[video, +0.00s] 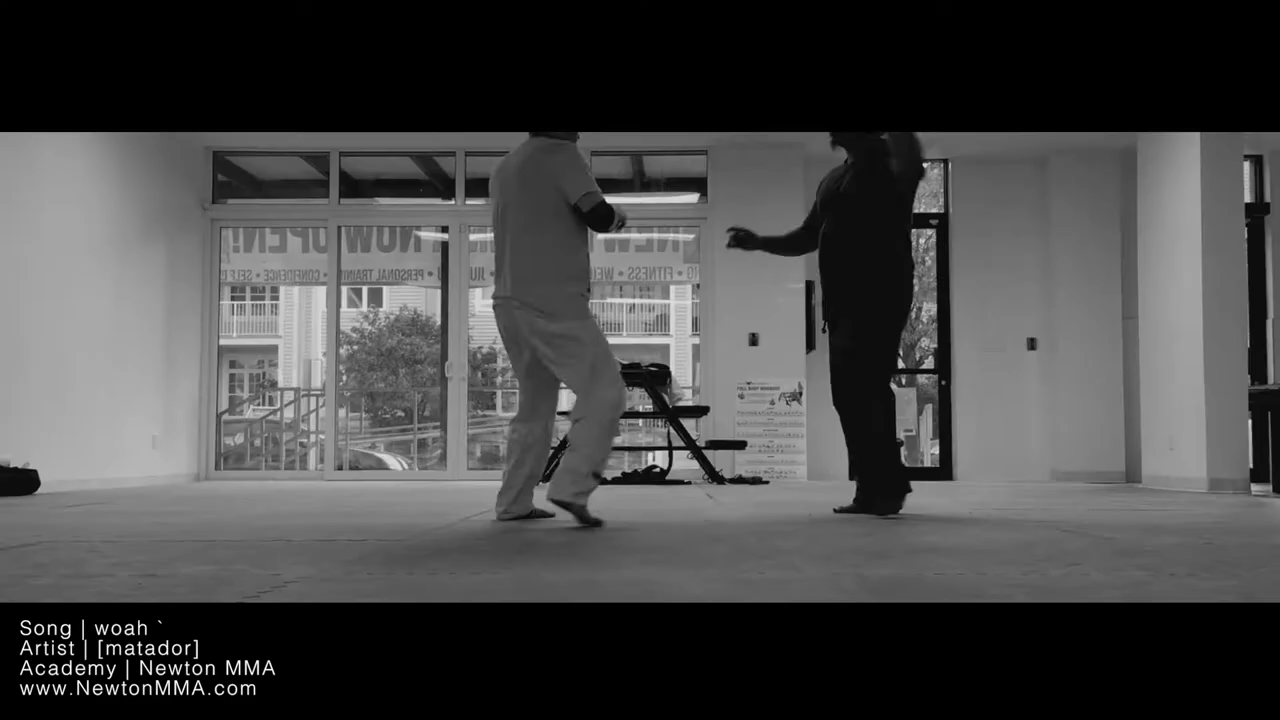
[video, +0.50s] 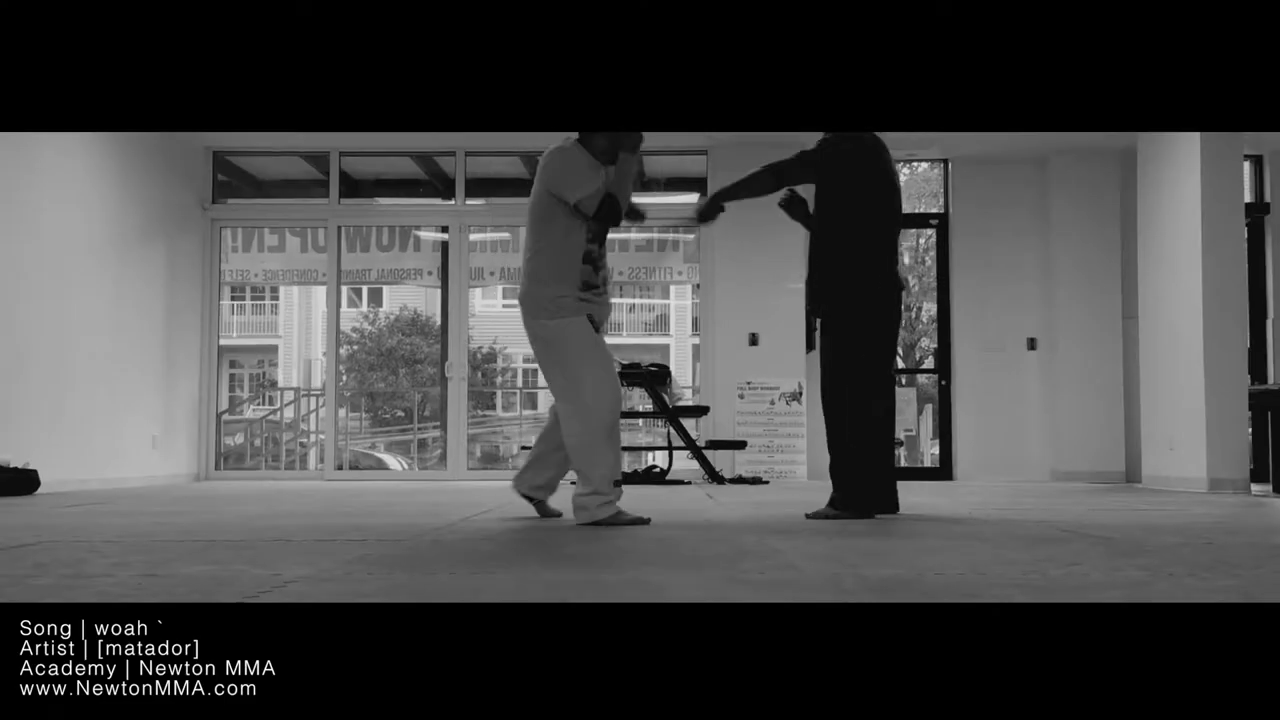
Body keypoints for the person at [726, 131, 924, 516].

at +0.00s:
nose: (834, 135)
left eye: (840, 133)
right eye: (838, 134)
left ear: (864, 132)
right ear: (845, 139)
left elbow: (910, 156)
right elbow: (807, 237)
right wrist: (759, 242)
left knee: (871, 390)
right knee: (848, 395)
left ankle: (889, 487)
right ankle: (870, 491)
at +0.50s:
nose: (818, 143)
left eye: (822, 139)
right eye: (821, 142)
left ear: (832, 133)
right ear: (862, 129)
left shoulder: (845, 150)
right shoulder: (873, 158)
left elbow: (778, 174)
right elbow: (844, 236)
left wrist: (719, 198)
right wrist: (805, 216)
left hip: (851, 299)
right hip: (875, 296)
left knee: (845, 395)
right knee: (870, 394)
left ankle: (852, 499)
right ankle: (878, 496)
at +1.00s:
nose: (814, 139)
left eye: (818, 136)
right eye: (814, 137)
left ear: (835, 129)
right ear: (832, 138)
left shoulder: (868, 148)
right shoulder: (832, 168)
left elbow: (816, 157)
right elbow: (810, 232)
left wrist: (754, 148)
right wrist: (771, 225)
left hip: (859, 300)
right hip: (838, 301)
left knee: (850, 399)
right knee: (854, 398)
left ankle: (854, 499)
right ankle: (873, 492)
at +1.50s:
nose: (808, 136)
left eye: (812, 133)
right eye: (809, 134)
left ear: (826, 128)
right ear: (840, 127)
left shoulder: (852, 151)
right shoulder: (848, 158)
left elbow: (797, 185)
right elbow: (820, 234)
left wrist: (736, 158)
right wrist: (770, 213)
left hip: (854, 299)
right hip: (849, 298)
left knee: (843, 394)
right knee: (848, 394)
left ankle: (853, 499)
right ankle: (858, 489)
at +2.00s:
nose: (792, 148)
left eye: (793, 141)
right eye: (791, 144)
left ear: (808, 138)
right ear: (830, 134)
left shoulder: (845, 160)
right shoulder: (833, 181)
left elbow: (786, 167)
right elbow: (814, 262)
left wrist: (728, 169)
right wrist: (788, 233)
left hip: (848, 312)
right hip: (842, 312)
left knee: (841, 403)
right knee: (843, 404)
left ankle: (841, 498)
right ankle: (849, 496)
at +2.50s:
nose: (785, 148)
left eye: (788, 139)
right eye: (784, 141)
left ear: (806, 135)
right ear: (807, 140)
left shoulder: (841, 166)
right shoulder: (809, 178)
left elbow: (813, 227)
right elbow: (798, 242)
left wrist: (756, 205)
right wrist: (772, 216)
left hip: (857, 308)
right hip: (833, 309)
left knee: (852, 397)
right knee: (839, 398)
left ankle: (852, 495)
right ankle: (851, 493)